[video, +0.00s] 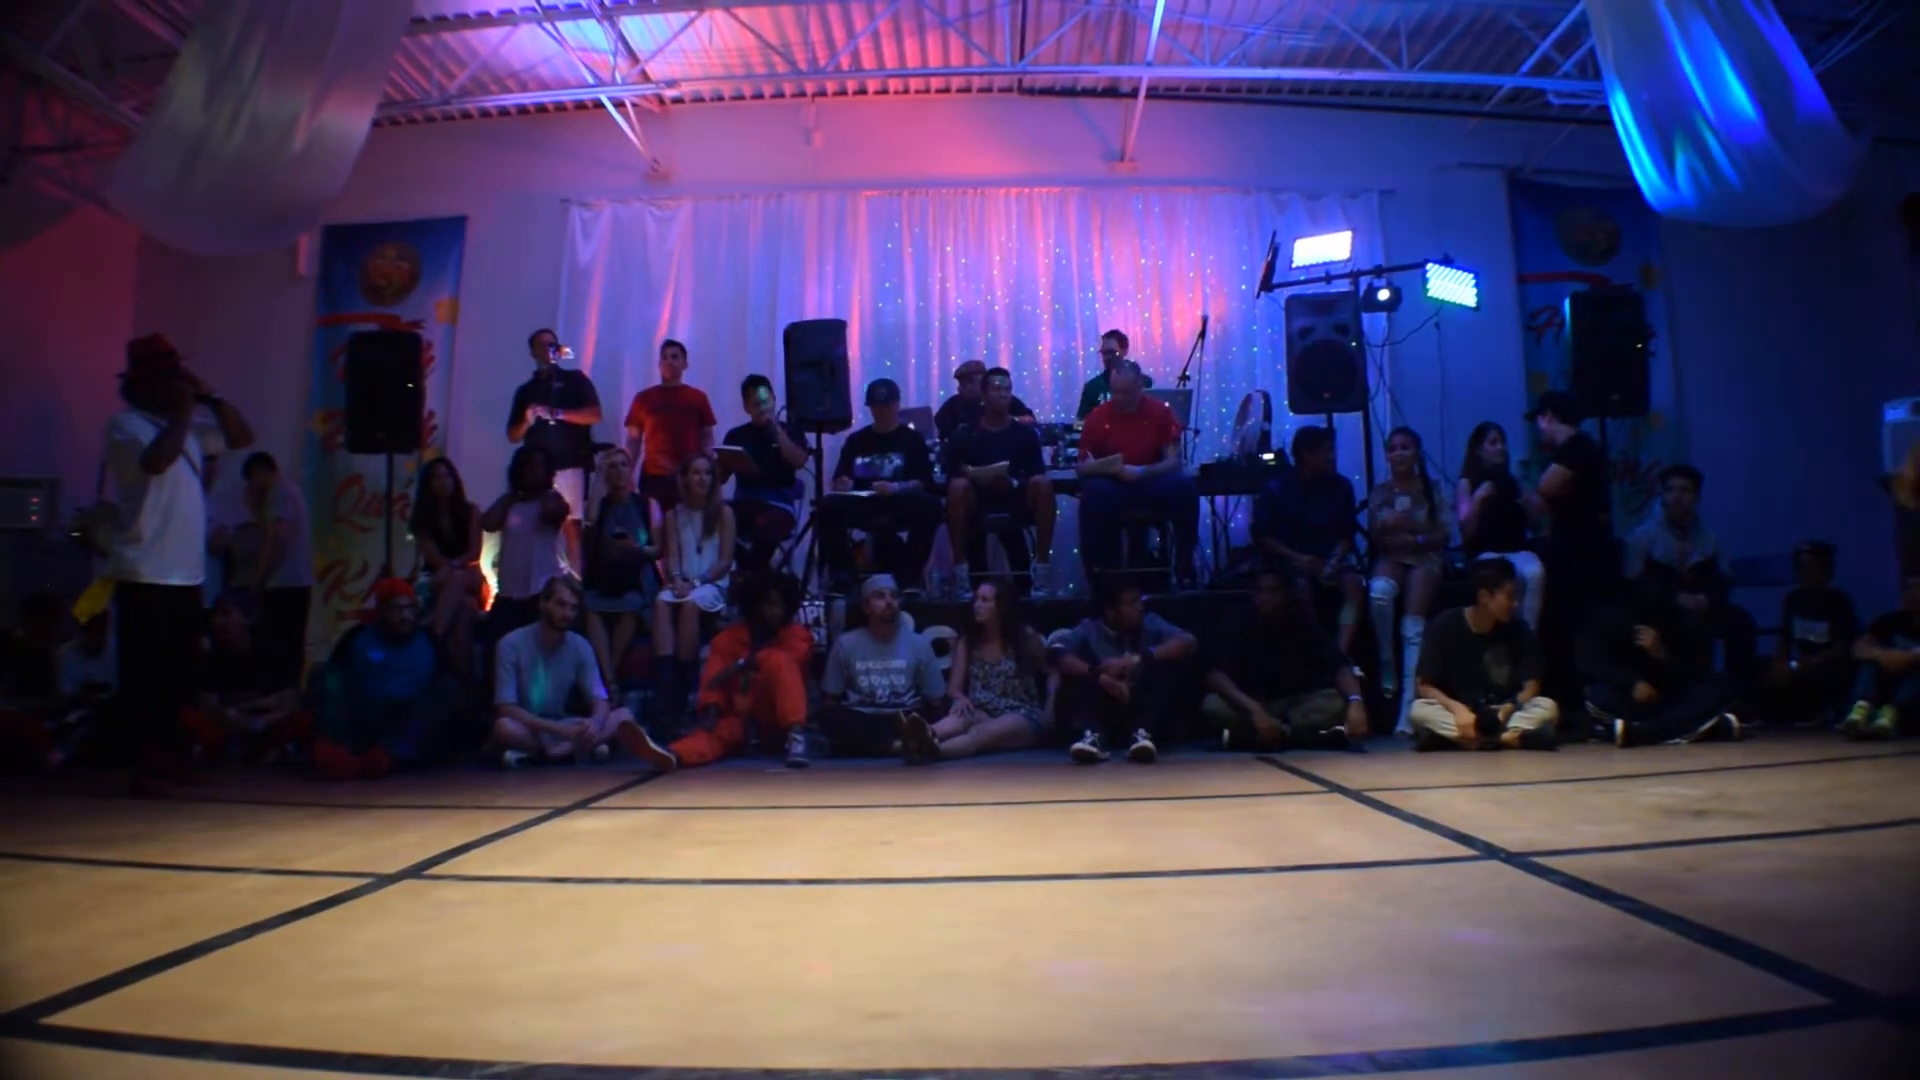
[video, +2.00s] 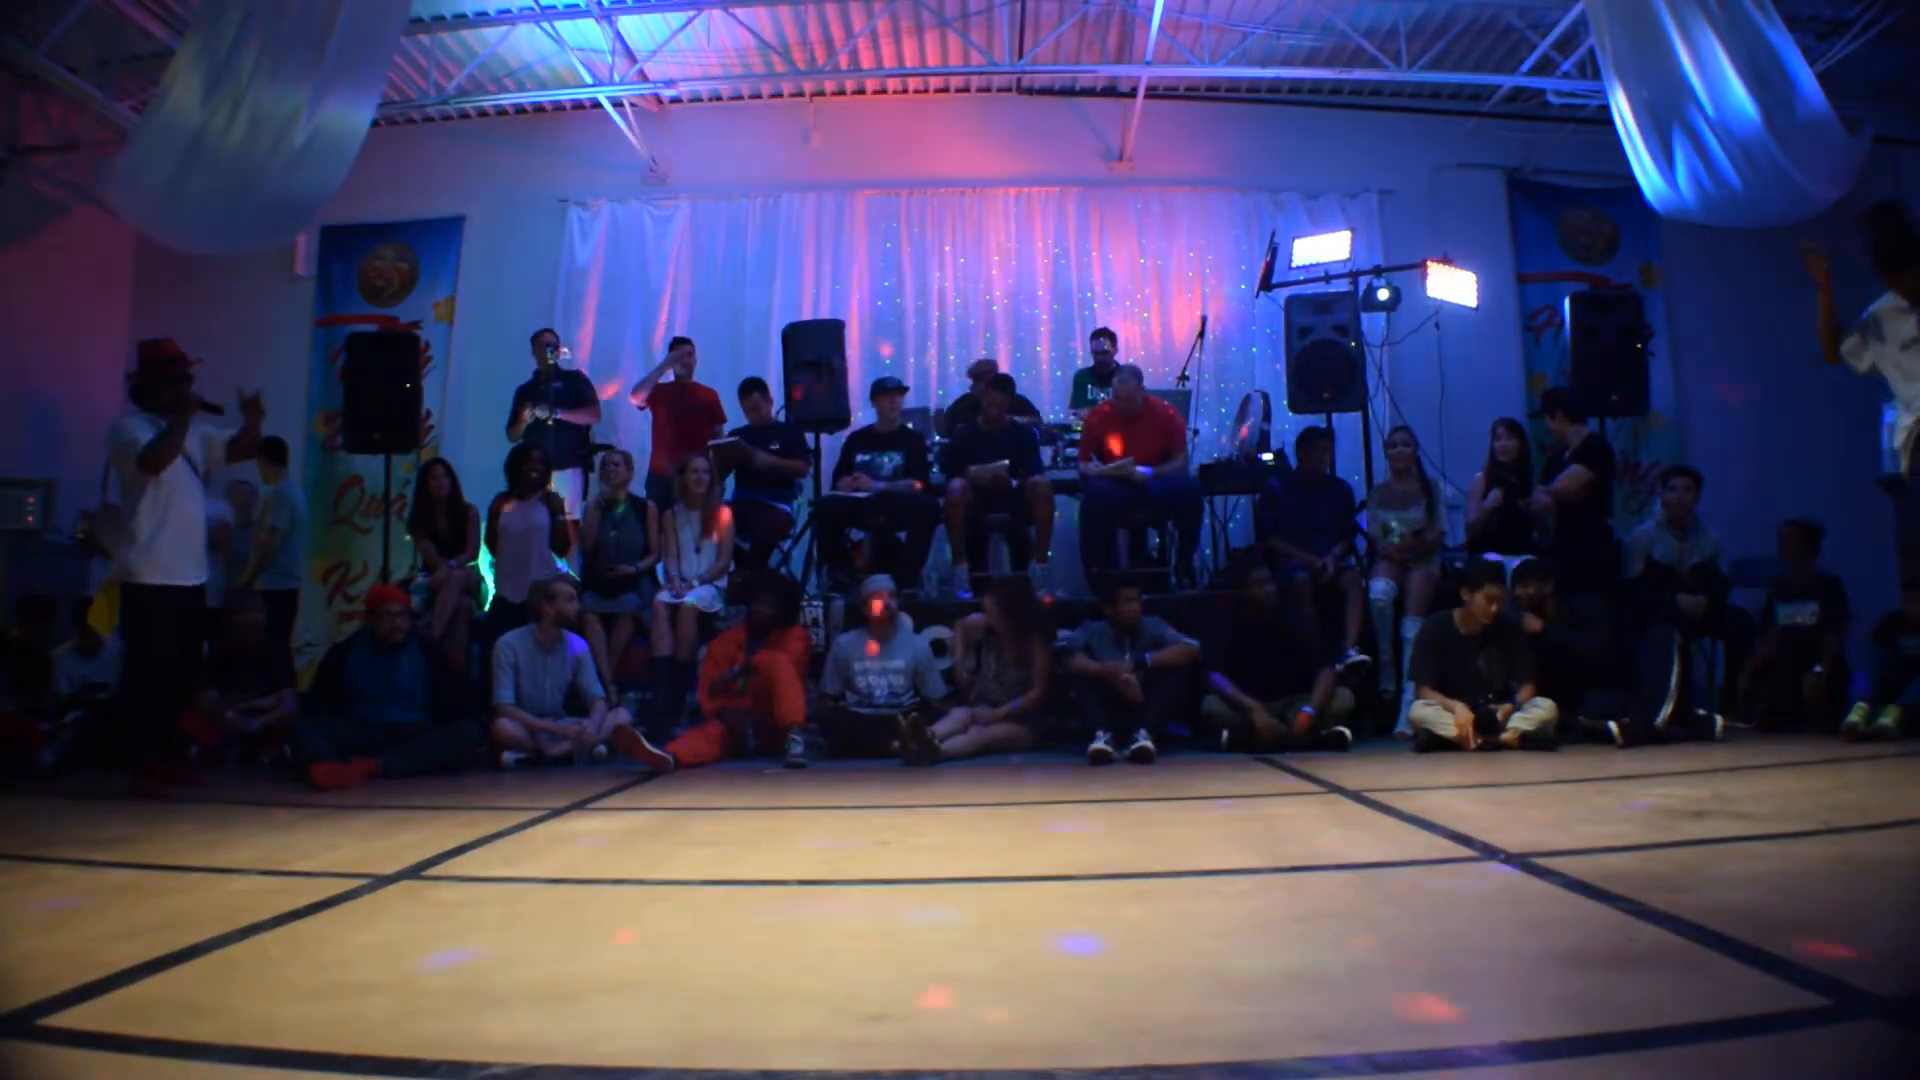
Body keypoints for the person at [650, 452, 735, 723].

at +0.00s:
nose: (702, 479)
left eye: (707, 473)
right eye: (696, 473)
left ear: (713, 479)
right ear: (683, 479)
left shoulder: (723, 513)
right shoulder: (673, 517)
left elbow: (725, 561)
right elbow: (671, 558)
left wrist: (699, 582)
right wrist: (676, 580)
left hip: (712, 580)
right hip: (682, 581)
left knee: (690, 606)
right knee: (662, 603)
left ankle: (685, 679)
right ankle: (664, 677)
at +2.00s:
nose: (700, 477)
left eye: (705, 472)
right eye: (694, 472)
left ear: (712, 478)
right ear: (682, 478)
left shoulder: (722, 514)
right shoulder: (671, 516)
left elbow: (724, 560)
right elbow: (669, 557)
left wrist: (698, 582)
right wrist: (673, 581)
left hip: (709, 581)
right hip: (678, 581)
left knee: (688, 608)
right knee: (659, 605)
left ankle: (682, 684)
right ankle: (662, 683)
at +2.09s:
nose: (700, 477)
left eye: (705, 472)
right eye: (694, 472)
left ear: (712, 478)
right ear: (683, 478)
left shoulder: (721, 513)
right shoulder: (671, 516)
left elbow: (724, 560)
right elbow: (669, 557)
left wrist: (699, 580)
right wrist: (674, 579)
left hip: (710, 580)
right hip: (679, 580)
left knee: (688, 606)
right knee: (660, 605)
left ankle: (682, 681)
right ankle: (662, 680)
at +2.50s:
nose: (700, 478)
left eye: (705, 472)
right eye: (694, 472)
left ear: (712, 478)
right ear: (683, 478)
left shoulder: (722, 513)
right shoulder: (672, 516)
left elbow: (725, 560)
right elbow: (670, 556)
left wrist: (697, 582)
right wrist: (674, 581)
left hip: (710, 580)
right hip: (679, 580)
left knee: (688, 607)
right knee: (659, 605)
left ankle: (682, 682)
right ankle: (662, 680)